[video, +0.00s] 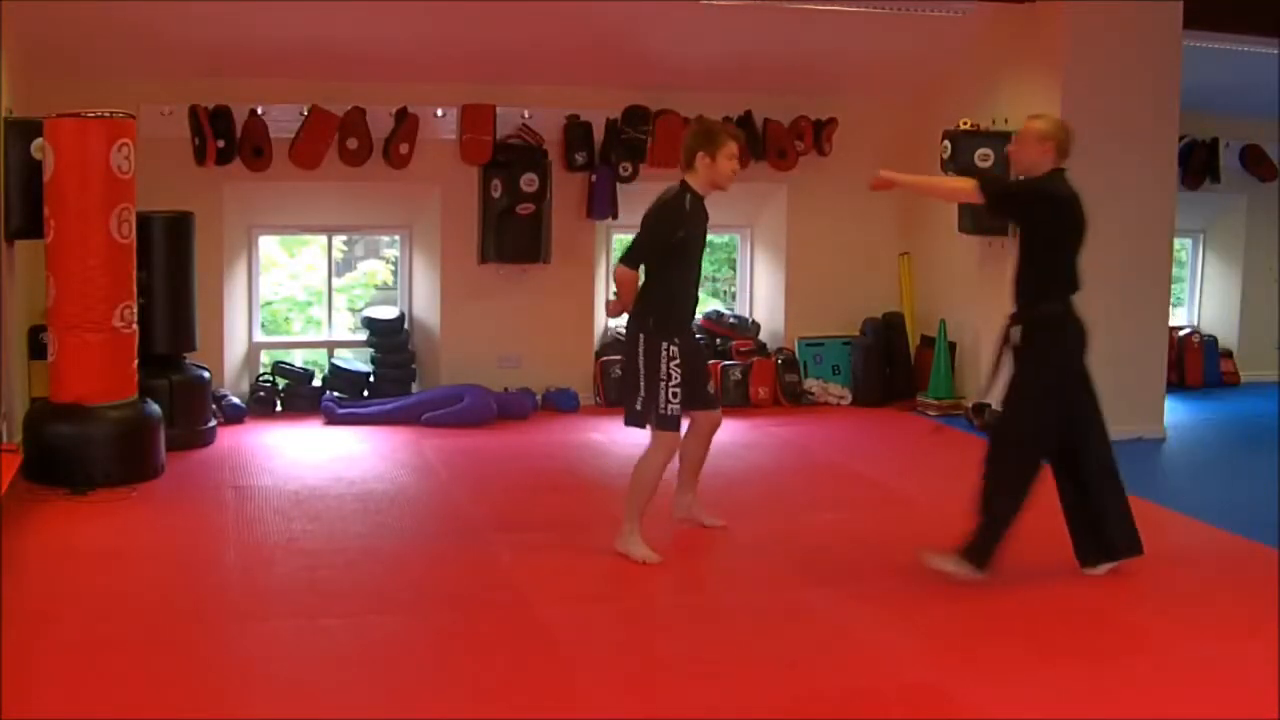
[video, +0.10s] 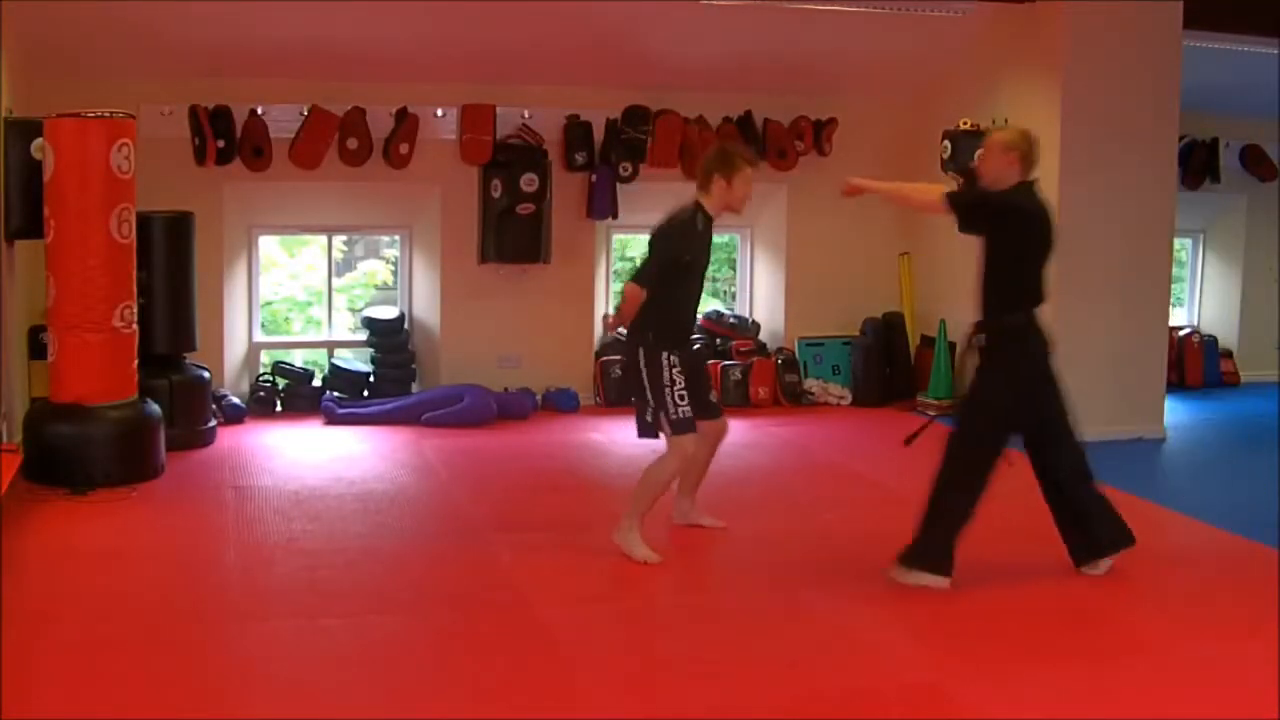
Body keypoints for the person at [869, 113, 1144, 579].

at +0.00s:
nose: (1011, 147)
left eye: (1021, 139)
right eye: (1015, 139)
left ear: (1047, 150)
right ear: (1047, 151)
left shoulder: (1046, 196)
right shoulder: (1054, 194)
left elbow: (967, 190)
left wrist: (899, 180)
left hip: (1047, 332)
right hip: (1054, 328)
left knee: (1015, 440)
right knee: (1073, 437)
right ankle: (1104, 544)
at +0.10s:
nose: (978, 160)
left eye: (987, 152)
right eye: (981, 151)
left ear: (1013, 160)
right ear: (1015, 162)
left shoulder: (1012, 206)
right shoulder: (1025, 205)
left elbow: (934, 200)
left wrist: (871, 186)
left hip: (1010, 346)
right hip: (1021, 341)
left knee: (969, 449)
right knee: (1051, 444)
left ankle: (930, 557)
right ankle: (1100, 540)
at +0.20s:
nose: (947, 166)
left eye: (953, 158)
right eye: (949, 158)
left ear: (977, 165)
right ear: (984, 167)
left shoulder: (977, 213)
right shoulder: (997, 212)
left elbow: (904, 204)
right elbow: (910, 202)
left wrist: (843, 191)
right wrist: (850, 190)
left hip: (969, 348)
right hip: (984, 343)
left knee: (928, 449)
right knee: (990, 444)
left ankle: (920, 562)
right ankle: (1062, 523)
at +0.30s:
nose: (920, 160)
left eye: (927, 152)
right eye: (923, 152)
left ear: (946, 156)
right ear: (957, 157)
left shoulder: (946, 203)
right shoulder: (965, 201)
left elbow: (875, 201)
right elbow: (883, 197)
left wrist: (814, 189)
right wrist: (823, 187)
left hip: (942, 335)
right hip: (955, 331)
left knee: (921, 445)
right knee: (939, 440)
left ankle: (922, 562)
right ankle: (993, 516)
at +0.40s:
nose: (890, 154)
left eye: (895, 146)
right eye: (893, 146)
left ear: (914, 150)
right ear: (930, 151)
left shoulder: (917, 194)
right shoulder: (942, 193)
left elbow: (847, 199)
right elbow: (860, 198)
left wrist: (787, 190)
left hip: (913, 328)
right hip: (926, 324)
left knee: (903, 443)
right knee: (912, 441)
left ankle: (921, 562)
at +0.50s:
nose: (859, 159)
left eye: (864, 151)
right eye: (860, 151)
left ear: (883, 153)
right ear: (898, 155)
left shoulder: (886, 199)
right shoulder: (916, 200)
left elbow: (818, 206)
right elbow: (836, 205)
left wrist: (763, 195)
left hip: (888, 337)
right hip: (898, 333)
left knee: (892, 448)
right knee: (859, 433)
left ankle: (922, 563)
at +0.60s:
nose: (830, 174)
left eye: (836, 165)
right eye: (830, 166)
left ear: (863, 167)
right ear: (866, 168)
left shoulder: (862, 213)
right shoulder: (881, 212)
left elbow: (790, 215)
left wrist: (731, 207)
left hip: (860, 349)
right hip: (865, 344)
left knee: (867, 457)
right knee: (821, 431)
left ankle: (918, 562)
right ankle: (791, 518)